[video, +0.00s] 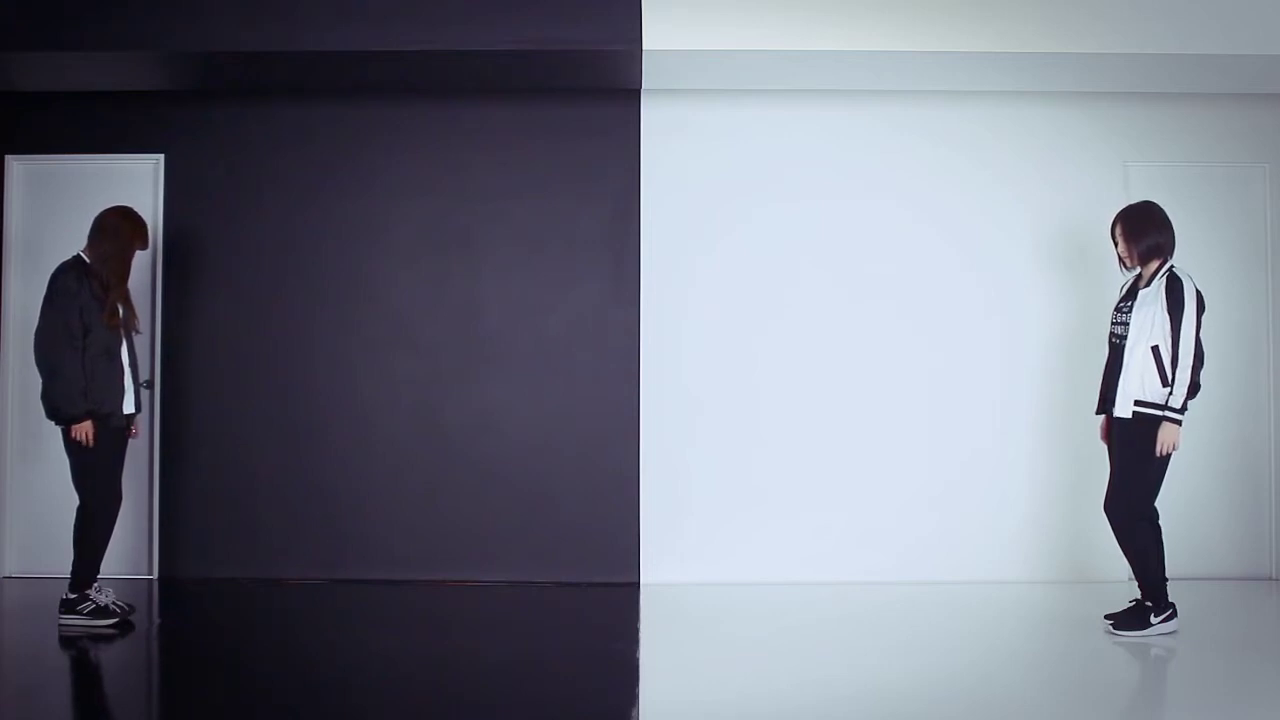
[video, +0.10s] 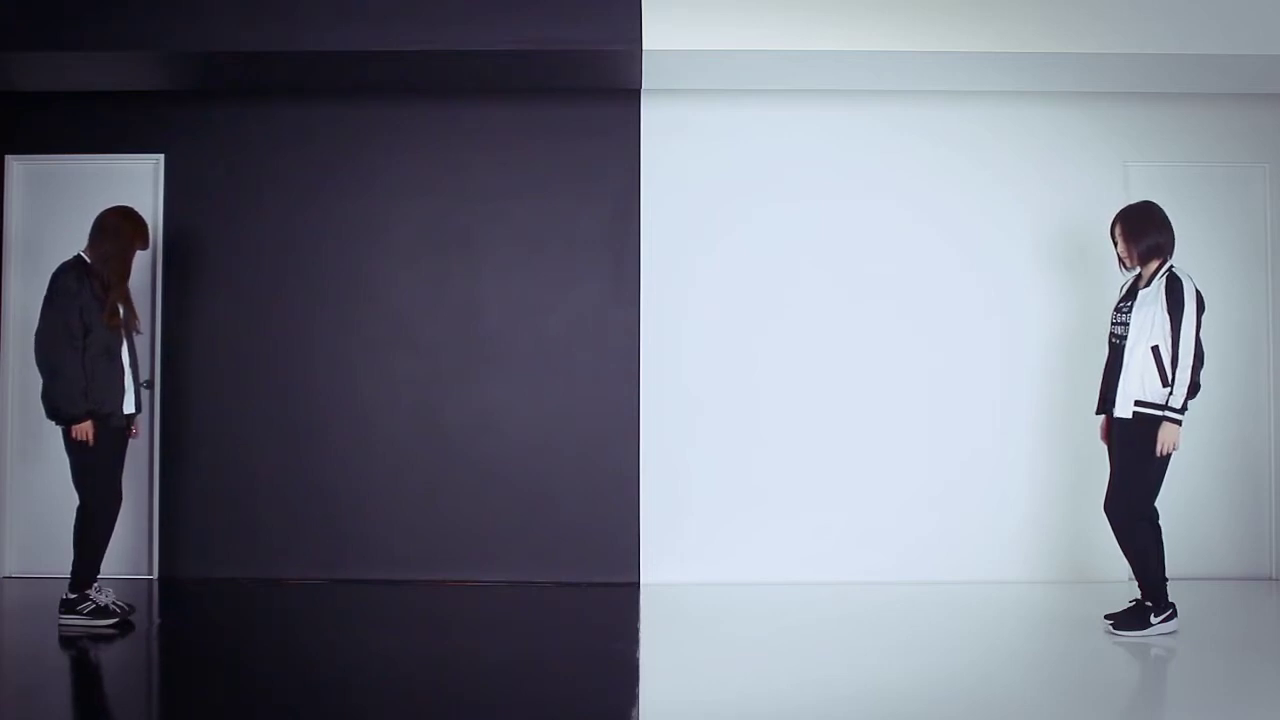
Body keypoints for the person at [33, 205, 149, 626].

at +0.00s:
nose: (132, 259)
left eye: (135, 251)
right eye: (130, 250)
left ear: (107, 240)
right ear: (114, 244)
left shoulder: (109, 283)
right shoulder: (70, 278)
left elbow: (119, 353)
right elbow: (55, 349)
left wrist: (130, 410)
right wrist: (75, 412)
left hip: (112, 416)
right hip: (87, 417)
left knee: (107, 501)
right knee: (97, 502)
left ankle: (86, 590)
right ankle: (77, 597)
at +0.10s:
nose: (133, 259)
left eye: (136, 251)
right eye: (131, 250)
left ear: (108, 240)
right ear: (114, 244)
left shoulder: (109, 283)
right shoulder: (71, 278)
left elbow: (118, 354)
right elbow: (55, 349)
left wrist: (129, 410)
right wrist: (76, 412)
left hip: (111, 415)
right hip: (87, 417)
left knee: (106, 501)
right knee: (98, 502)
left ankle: (86, 590)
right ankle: (77, 597)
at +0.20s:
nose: (134, 259)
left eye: (137, 251)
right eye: (132, 249)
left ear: (109, 241)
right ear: (115, 243)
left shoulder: (110, 283)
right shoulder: (72, 278)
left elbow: (119, 354)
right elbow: (57, 349)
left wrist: (130, 410)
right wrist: (76, 412)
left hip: (112, 415)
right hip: (87, 417)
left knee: (106, 500)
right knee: (99, 502)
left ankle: (86, 590)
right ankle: (77, 597)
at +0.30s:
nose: (134, 258)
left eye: (137, 250)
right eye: (133, 249)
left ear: (110, 240)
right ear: (116, 243)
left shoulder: (112, 283)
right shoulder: (73, 279)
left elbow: (121, 353)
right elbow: (57, 349)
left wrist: (132, 409)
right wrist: (76, 411)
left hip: (113, 415)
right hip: (87, 416)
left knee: (107, 500)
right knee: (98, 501)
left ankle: (86, 590)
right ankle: (78, 597)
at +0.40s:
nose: (135, 258)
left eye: (138, 250)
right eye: (133, 249)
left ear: (112, 240)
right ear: (116, 242)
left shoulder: (114, 283)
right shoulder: (75, 278)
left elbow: (123, 354)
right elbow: (58, 349)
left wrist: (132, 411)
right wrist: (77, 411)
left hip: (114, 415)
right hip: (88, 417)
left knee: (108, 500)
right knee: (98, 501)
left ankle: (86, 590)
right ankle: (78, 596)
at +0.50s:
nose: (138, 257)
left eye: (141, 249)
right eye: (137, 247)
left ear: (113, 238)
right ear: (121, 241)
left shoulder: (116, 283)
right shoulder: (78, 279)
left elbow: (122, 355)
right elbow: (60, 349)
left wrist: (132, 412)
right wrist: (79, 411)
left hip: (115, 415)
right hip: (89, 417)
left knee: (109, 499)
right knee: (100, 500)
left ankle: (86, 589)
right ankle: (78, 596)